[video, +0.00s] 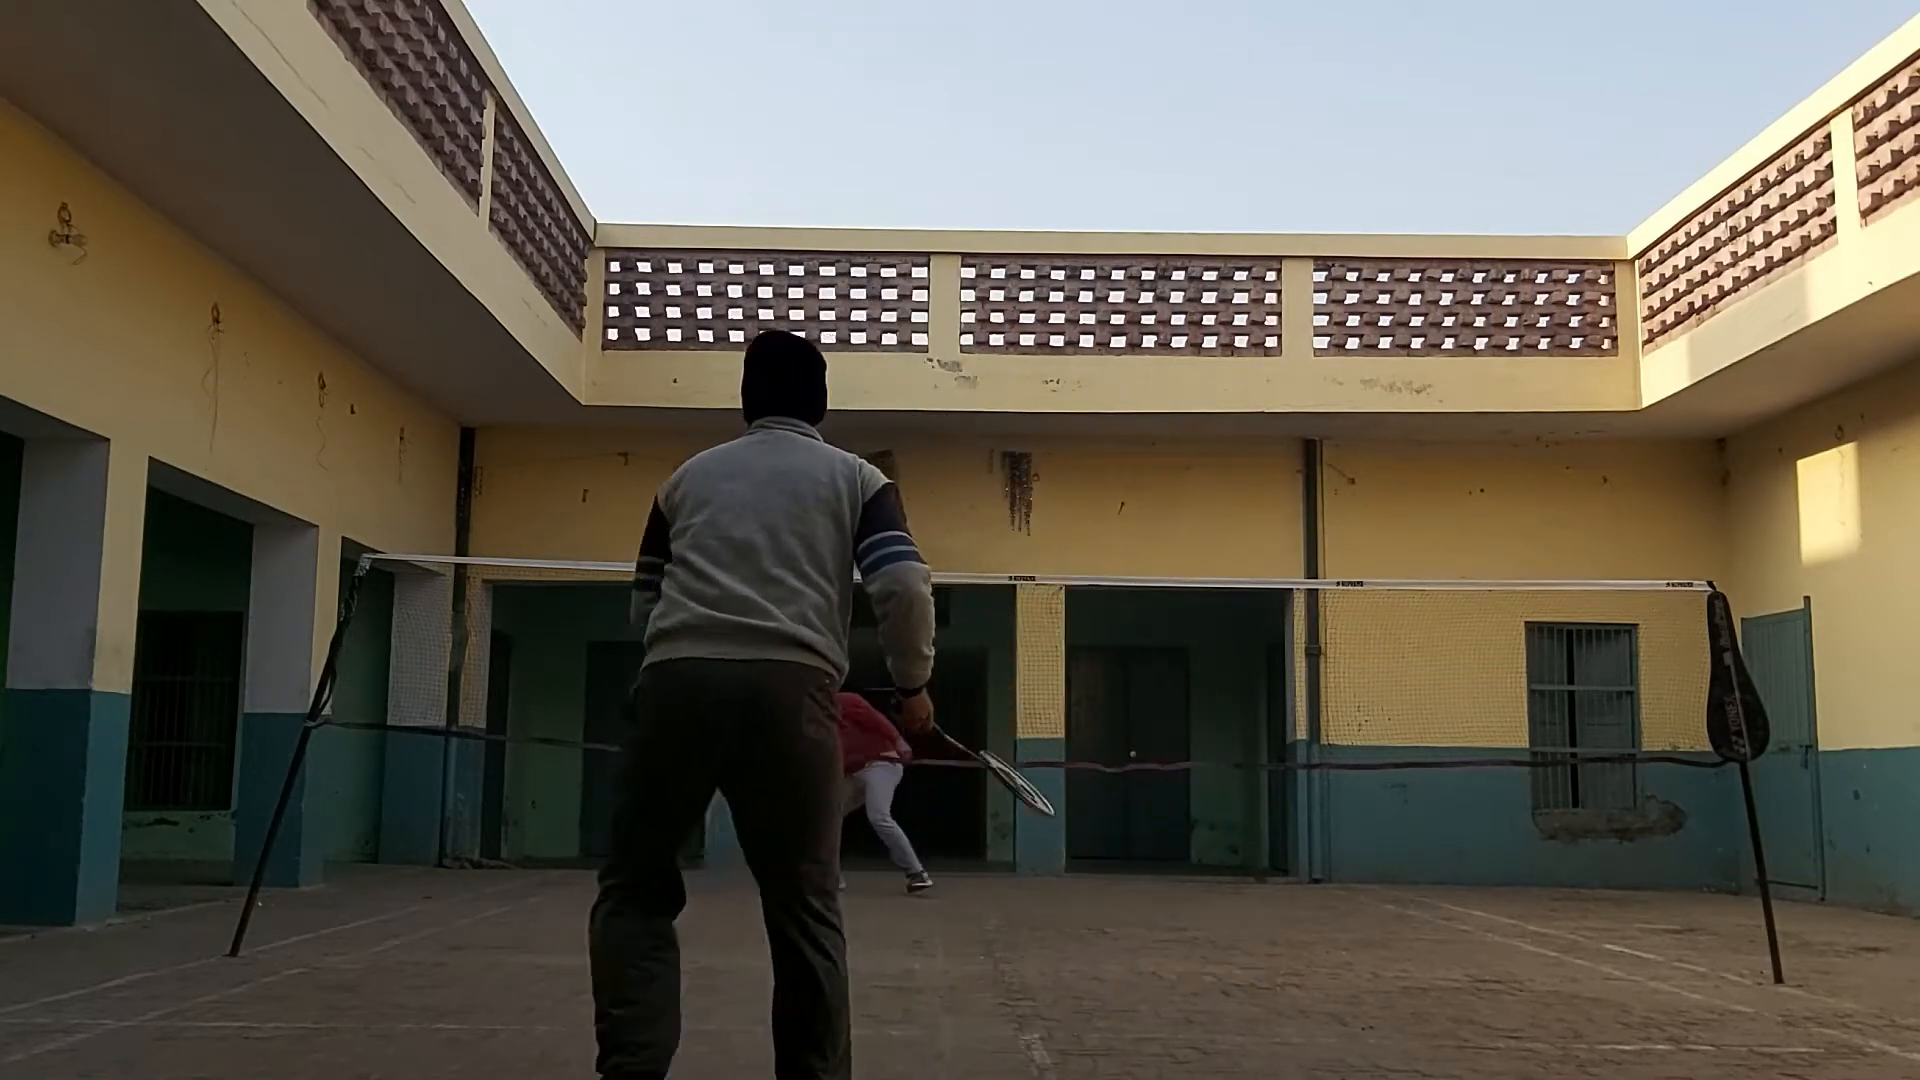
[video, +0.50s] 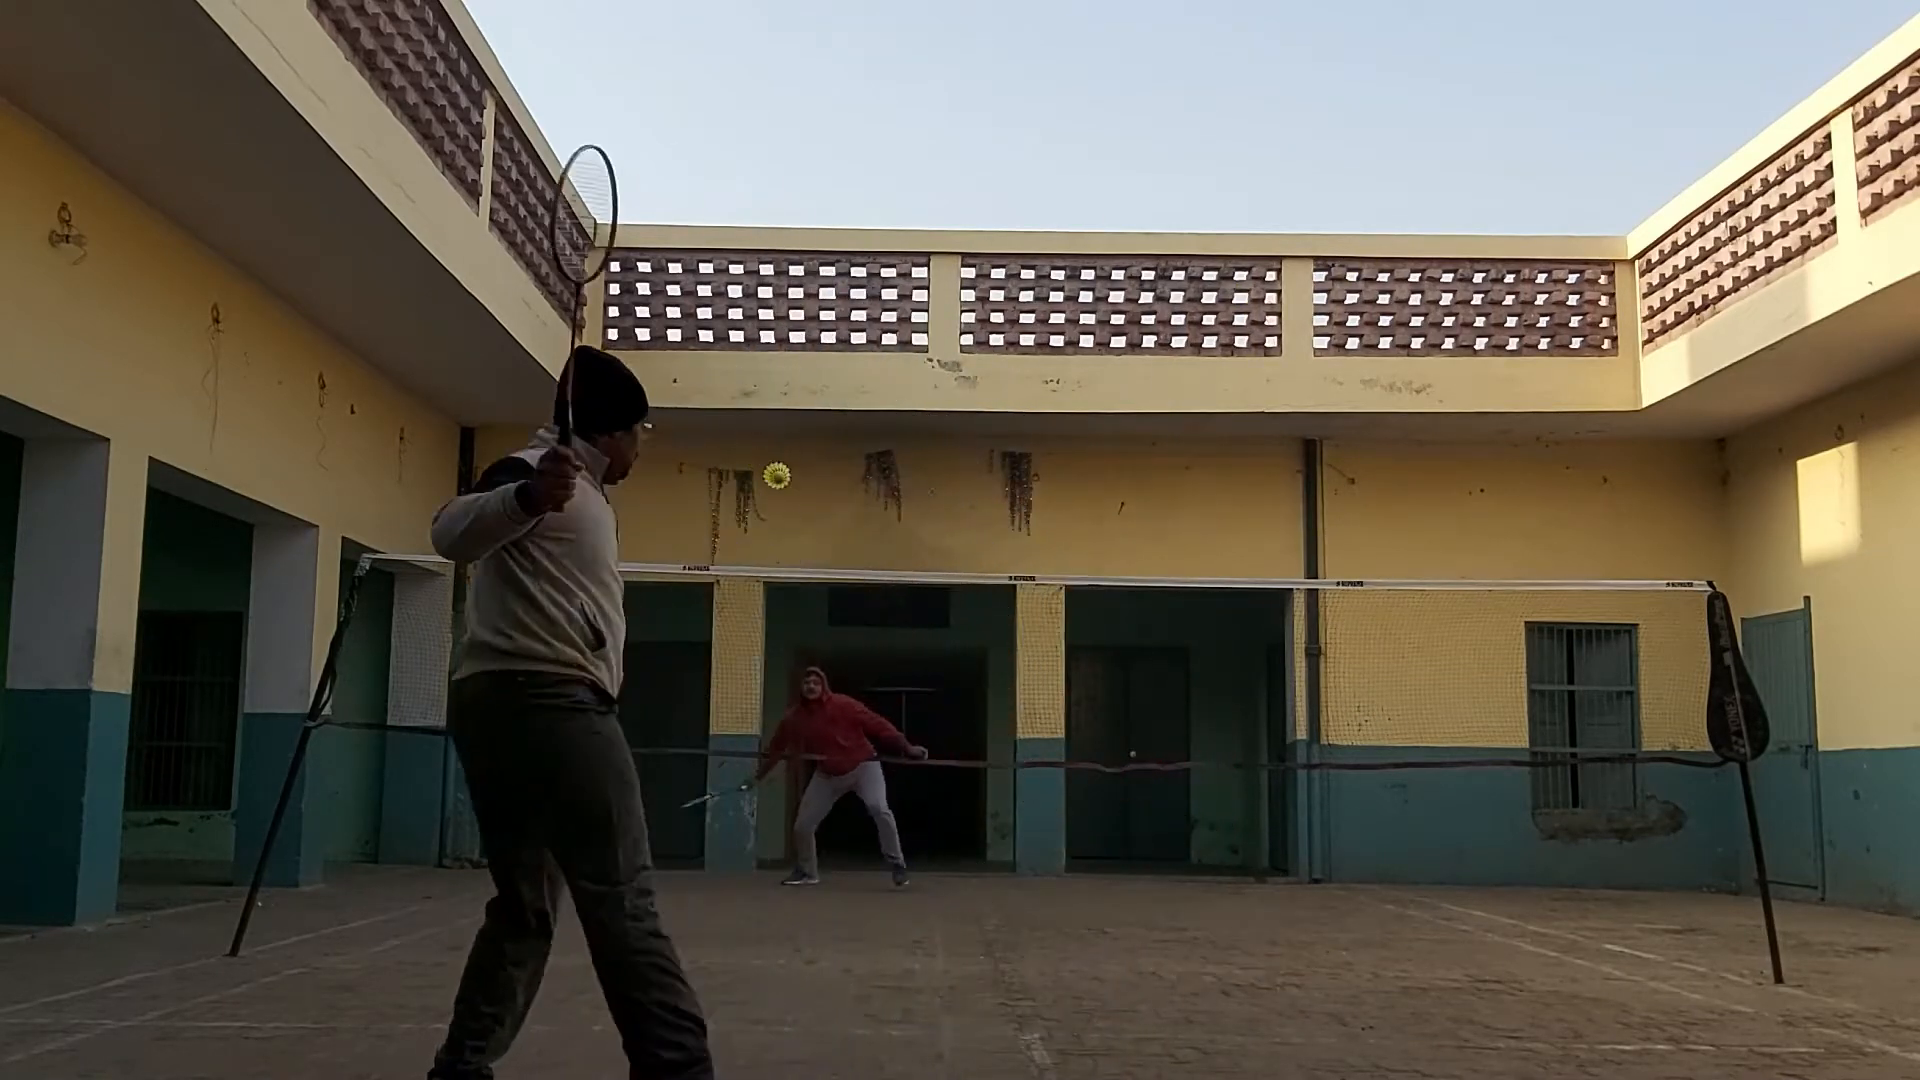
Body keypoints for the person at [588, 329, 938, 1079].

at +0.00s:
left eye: (751, 394)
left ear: (743, 403)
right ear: (821, 404)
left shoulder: (688, 476)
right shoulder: (857, 477)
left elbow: (648, 604)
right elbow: (904, 585)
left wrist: (692, 666)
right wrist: (914, 689)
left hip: (674, 687)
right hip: (789, 691)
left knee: (636, 890)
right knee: (805, 904)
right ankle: (815, 1072)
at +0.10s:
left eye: (717, 409)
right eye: (780, 411)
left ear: (710, 416)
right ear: (787, 417)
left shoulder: (649, 492)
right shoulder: (821, 492)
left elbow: (596, 611)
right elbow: (872, 605)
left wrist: (645, 671)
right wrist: (877, 676)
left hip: (639, 704)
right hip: (755, 711)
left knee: (585, 886)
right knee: (790, 907)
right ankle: (811, 1073)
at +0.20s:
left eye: (675, 427)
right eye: (740, 433)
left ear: (668, 438)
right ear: (745, 440)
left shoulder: (611, 519)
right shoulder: (763, 521)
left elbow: (549, 626)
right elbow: (818, 639)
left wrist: (632, 630)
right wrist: (857, 630)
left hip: (599, 738)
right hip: (713, 746)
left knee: (546, 907)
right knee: (777, 933)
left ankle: (463, 1068)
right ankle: (796, 1074)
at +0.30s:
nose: (692, 456)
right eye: (692, 446)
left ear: (617, 450)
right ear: (688, 451)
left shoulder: (565, 536)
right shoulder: (687, 523)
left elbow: (523, 637)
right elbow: (737, 613)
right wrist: (818, 571)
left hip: (557, 751)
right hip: (666, 754)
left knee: (545, 907)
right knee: (739, 928)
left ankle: (466, 1064)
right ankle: (785, 1070)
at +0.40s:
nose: (658, 467)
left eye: (657, 458)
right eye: (659, 453)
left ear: (587, 437)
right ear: (649, 449)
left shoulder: (543, 513)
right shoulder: (608, 493)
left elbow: (502, 610)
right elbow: (601, 572)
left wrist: (623, 661)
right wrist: (706, 504)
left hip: (519, 731)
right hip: (605, 732)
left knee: (542, 910)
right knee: (695, 909)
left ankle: (468, 1064)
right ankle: (767, 1067)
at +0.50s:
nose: (637, 451)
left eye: (640, 435)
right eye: (636, 433)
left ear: (582, 420)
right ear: (607, 426)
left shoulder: (579, 489)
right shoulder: (537, 464)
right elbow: (450, 537)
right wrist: (526, 499)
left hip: (502, 704)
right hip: (549, 698)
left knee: (523, 902)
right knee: (623, 901)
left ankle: (464, 1062)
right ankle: (676, 1064)